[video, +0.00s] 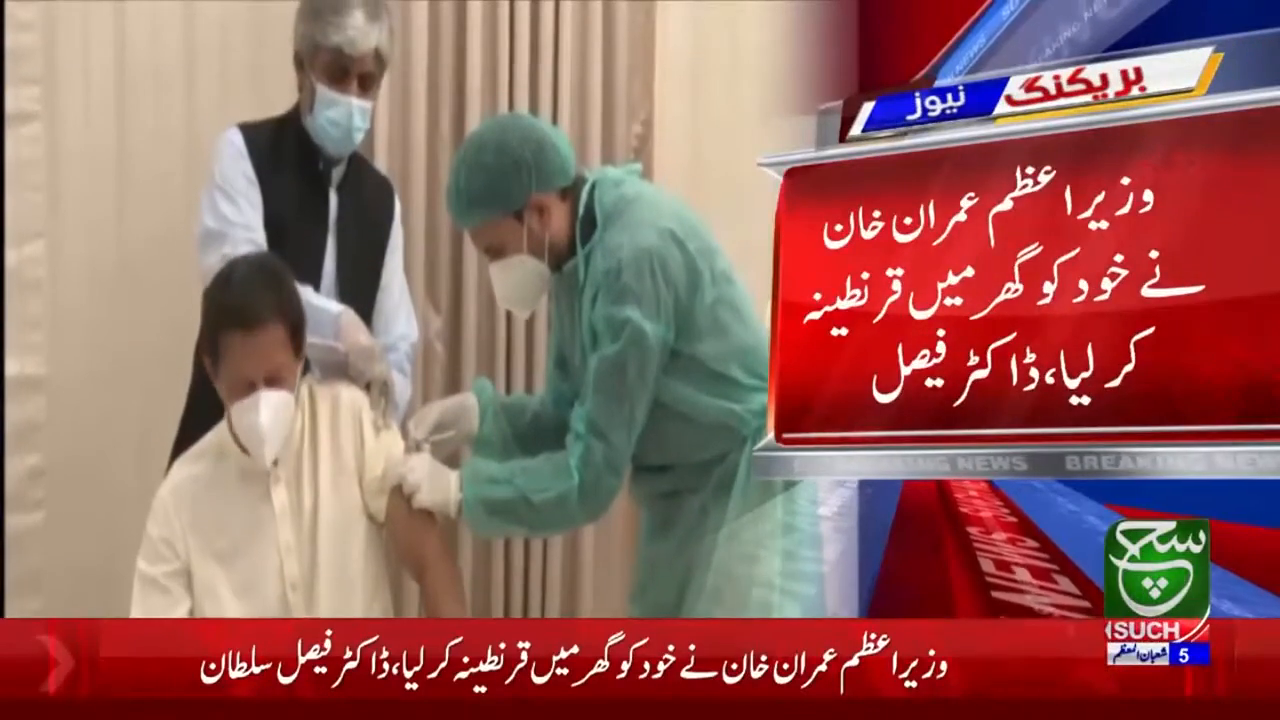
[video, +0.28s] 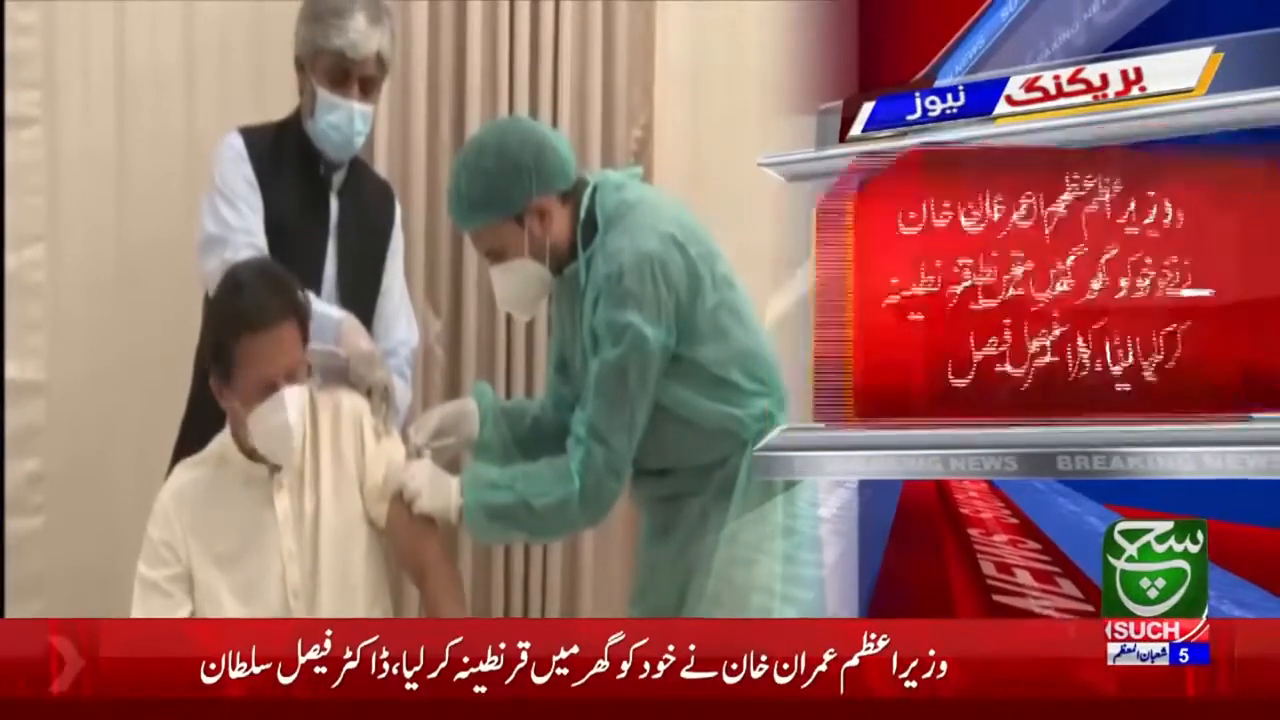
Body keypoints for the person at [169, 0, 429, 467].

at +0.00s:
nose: (350, 98)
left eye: (366, 82)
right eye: (336, 77)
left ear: (381, 85)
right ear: (301, 69)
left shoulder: (379, 195)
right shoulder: (246, 150)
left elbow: (397, 331)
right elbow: (234, 274)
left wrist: (379, 419)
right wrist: (338, 324)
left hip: (336, 421)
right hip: (244, 401)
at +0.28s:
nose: (352, 101)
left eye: (367, 85)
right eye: (337, 80)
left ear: (382, 88)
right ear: (302, 72)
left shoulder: (380, 200)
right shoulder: (246, 155)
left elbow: (397, 336)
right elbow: (235, 277)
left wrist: (380, 428)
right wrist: (339, 329)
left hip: (339, 428)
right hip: (244, 410)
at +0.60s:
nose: (354, 106)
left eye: (370, 90)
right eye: (340, 84)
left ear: (384, 91)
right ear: (304, 75)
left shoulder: (381, 204)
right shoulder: (247, 157)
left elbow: (397, 340)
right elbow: (236, 282)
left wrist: (382, 430)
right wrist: (342, 334)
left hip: (341, 429)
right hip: (243, 417)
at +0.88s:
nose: (356, 110)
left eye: (371, 94)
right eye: (342, 88)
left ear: (386, 94)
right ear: (306, 75)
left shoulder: (382, 204)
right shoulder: (248, 158)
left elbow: (398, 341)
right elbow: (235, 281)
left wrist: (380, 425)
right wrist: (342, 333)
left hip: (341, 430)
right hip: (244, 415)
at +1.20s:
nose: (358, 113)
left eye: (374, 96)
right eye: (343, 89)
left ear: (387, 94)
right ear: (308, 75)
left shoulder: (383, 204)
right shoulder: (249, 158)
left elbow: (398, 341)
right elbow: (237, 284)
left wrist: (380, 430)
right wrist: (342, 332)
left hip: (340, 431)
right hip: (246, 415)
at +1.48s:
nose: (359, 113)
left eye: (374, 96)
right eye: (344, 90)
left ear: (388, 94)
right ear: (309, 75)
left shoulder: (383, 204)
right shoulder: (250, 158)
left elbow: (398, 340)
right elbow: (237, 284)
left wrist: (380, 430)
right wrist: (342, 333)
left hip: (341, 430)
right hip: (246, 414)